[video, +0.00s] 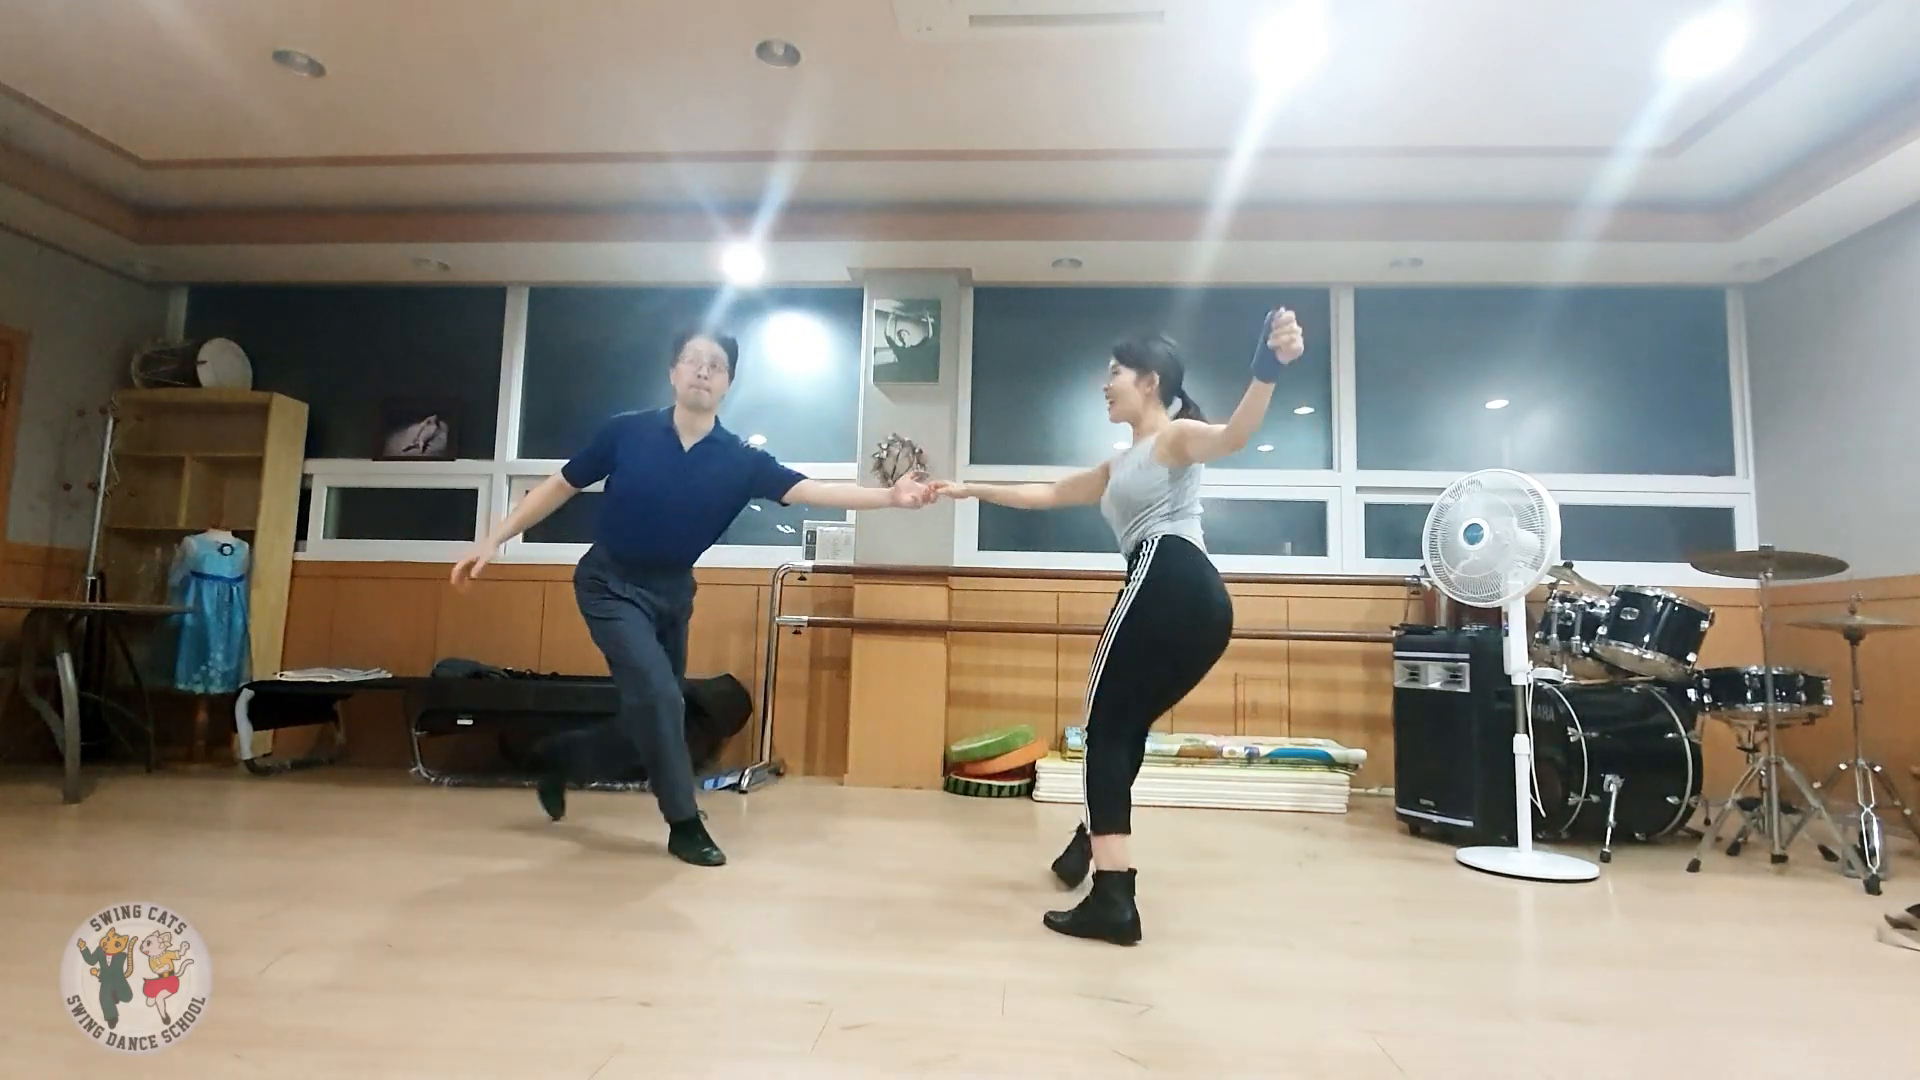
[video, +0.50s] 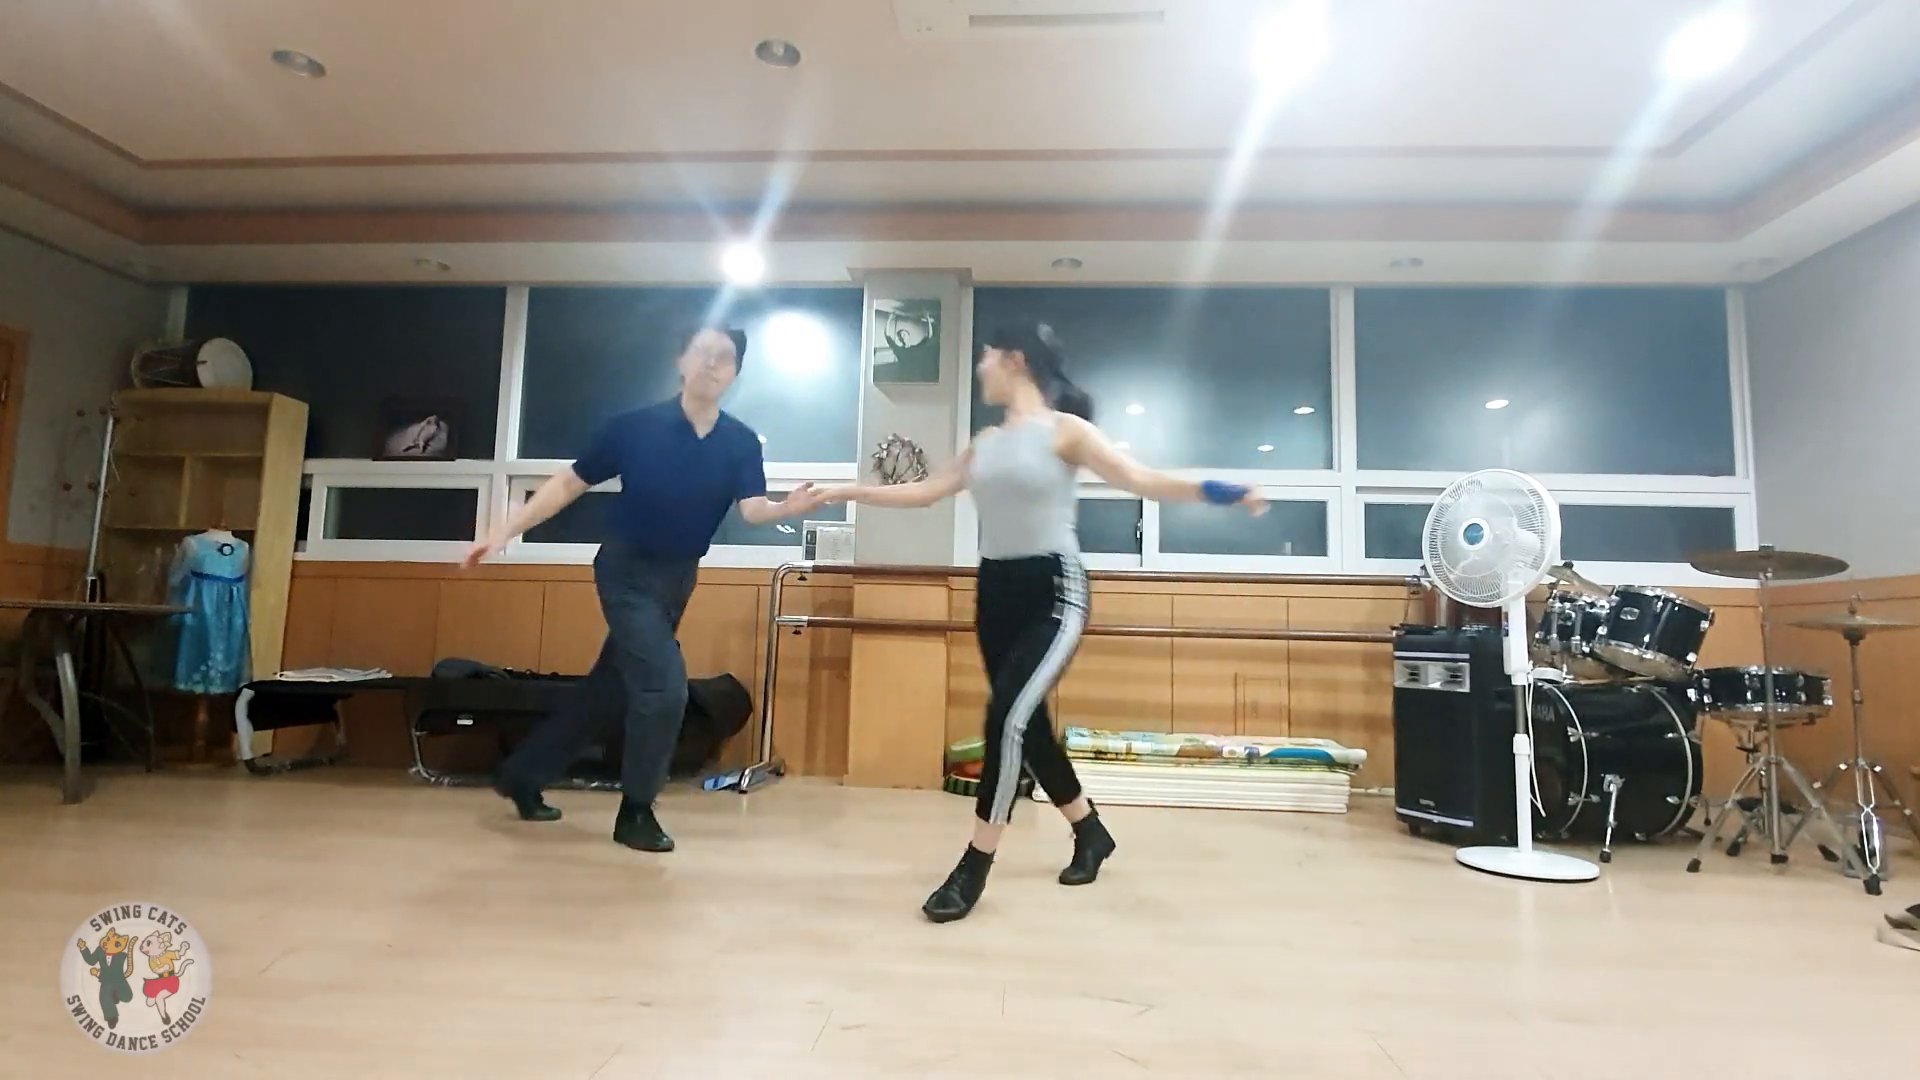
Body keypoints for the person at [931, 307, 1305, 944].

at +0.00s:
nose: (1106, 384)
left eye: (1116, 373)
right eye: (1108, 373)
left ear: (1150, 382)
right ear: (1137, 385)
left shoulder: (1175, 435)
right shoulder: (1118, 467)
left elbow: (1233, 436)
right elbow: (1045, 492)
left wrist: (1269, 364)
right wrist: (964, 487)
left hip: (1167, 579)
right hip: (1204, 606)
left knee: (1106, 725)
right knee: (1127, 726)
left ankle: (1114, 897)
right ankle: (1091, 839)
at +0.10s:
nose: (1093, 373)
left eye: (1102, 362)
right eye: (1095, 363)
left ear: (1135, 369)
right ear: (1128, 372)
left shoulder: (1168, 429)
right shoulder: (1104, 454)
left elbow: (1232, 440)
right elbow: (1032, 486)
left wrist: (1275, 374)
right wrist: (947, 484)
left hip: (1171, 589)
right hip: (1168, 595)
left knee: (1064, 700)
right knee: (1097, 710)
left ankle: (1100, 860)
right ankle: (1100, 844)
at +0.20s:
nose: (1078, 372)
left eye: (1088, 362)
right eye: (1081, 362)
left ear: (1121, 369)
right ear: (1114, 372)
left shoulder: (1163, 430)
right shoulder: (1085, 454)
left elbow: (1236, 440)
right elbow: (1010, 483)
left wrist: (1281, 382)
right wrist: (925, 481)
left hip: (1169, 597)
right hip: (1126, 598)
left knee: (1066, 693)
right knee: (1067, 700)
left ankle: (1047, 844)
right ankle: (1103, 839)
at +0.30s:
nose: (1058, 379)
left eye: (1067, 367)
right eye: (1060, 368)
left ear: (1101, 372)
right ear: (1093, 377)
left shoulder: (1148, 433)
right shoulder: (1063, 456)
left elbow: (1233, 448)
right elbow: (986, 484)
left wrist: (1286, 403)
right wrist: (905, 481)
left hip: (1145, 600)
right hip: (1085, 595)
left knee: (1070, 712)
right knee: (1044, 713)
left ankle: (974, 837)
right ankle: (1093, 830)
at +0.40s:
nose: (1024, 379)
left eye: (1032, 369)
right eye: (1026, 369)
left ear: (1065, 372)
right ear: (1057, 374)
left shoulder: (1121, 439)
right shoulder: (1031, 456)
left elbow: (1208, 469)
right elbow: (956, 487)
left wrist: (1280, 451)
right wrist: (875, 485)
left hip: (1101, 606)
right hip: (1040, 602)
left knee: (1042, 723)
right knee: (1043, 726)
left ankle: (967, 865)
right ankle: (1094, 835)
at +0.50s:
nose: (979, 365)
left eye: (985, 355)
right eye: (981, 356)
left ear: (1015, 360)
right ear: (1011, 363)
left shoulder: (1065, 430)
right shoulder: (984, 444)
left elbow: (1143, 480)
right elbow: (922, 492)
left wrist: (1219, 491)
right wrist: (840, 491)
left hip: (1054, 590)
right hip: (995, 592)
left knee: (1007, 716)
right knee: (1024, 722)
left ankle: (973, 867)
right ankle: (1089, 830)